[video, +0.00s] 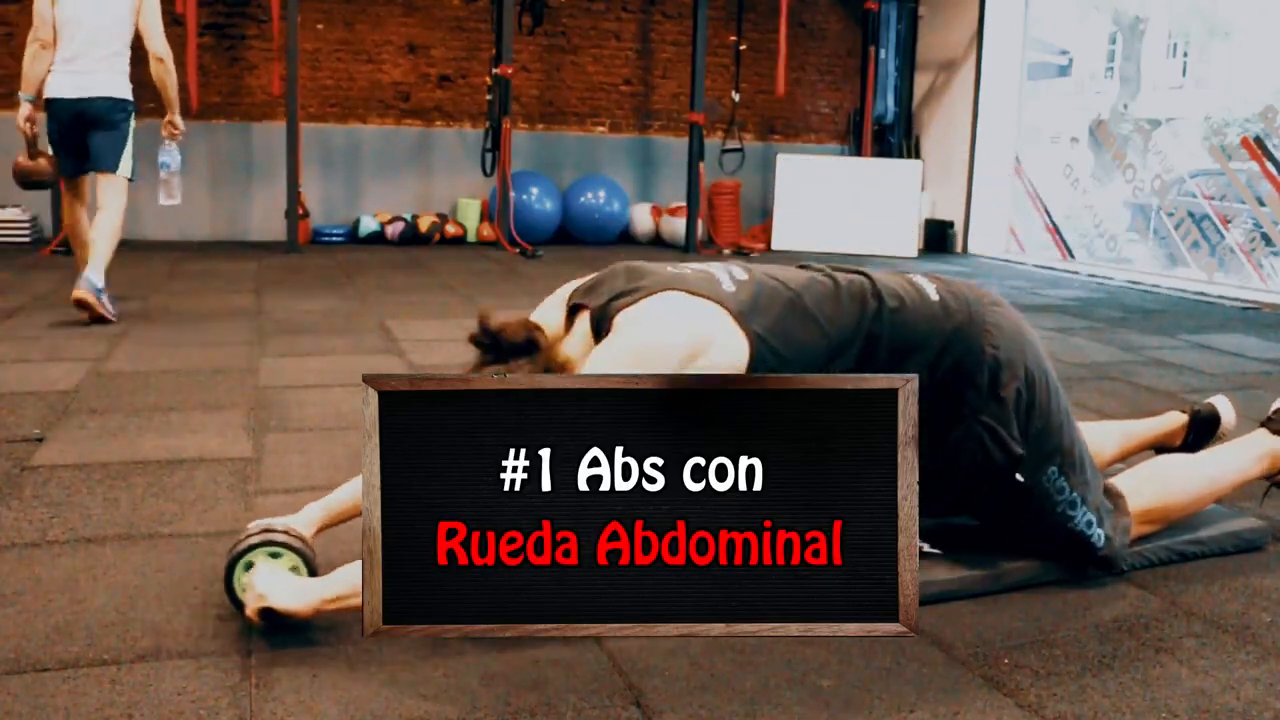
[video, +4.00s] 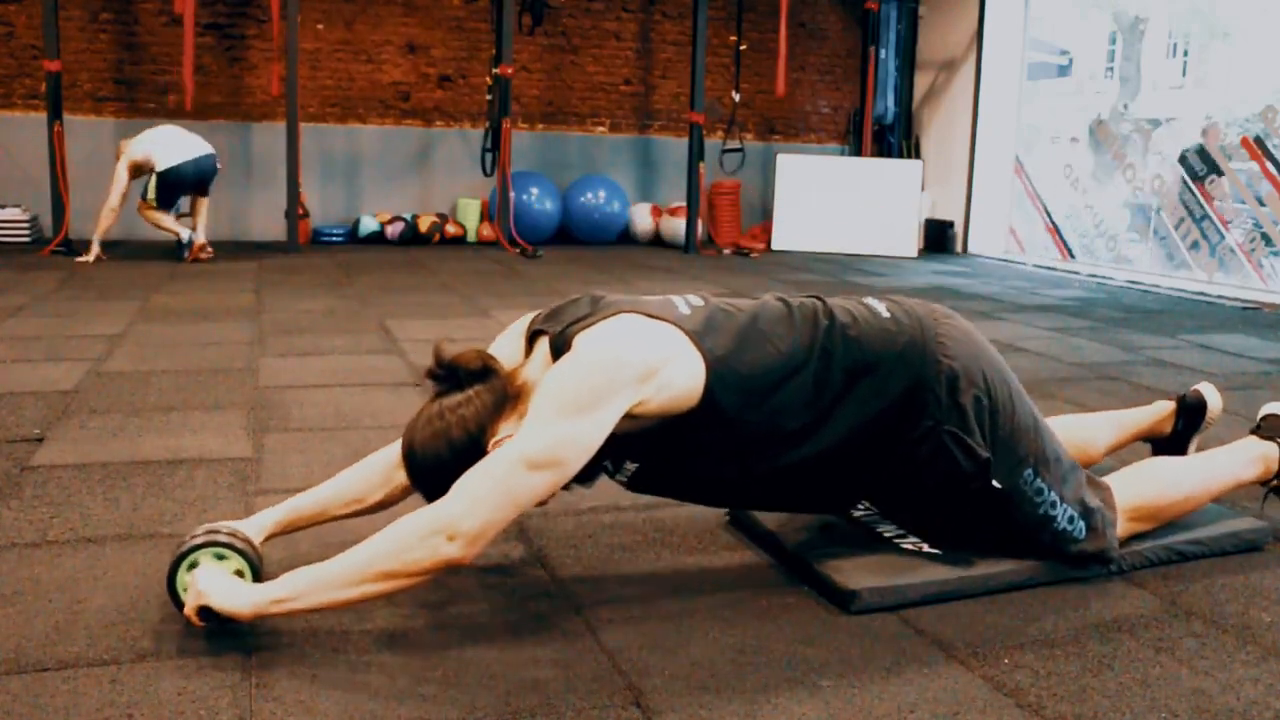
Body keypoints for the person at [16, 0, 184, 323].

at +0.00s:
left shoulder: (50, 1)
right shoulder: (141, 2)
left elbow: (41, 41)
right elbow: (158, 53)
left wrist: (26, 99)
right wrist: (173, 111)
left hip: (61, 98)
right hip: (112, 97)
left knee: (74, 198)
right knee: (111, 201)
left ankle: (94, 289)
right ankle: (90, 281)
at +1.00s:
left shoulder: (105, 17)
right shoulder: (172, 23)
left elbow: (94, 68)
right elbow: (187, 76)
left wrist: (81, 112)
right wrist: (197, 116)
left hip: (110, 111)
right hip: (149, 110)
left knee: (120, 186)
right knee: (140, 189)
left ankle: (135, 247)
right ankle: (121, 261)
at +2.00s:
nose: (228, 56)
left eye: (229, 53)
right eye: (229, 53)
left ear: (206, 42)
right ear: (226, 48)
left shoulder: (178, 53)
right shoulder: (223, 58)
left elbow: (162, 95)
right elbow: (225, 92)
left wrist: (156, 139)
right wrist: (233, 128)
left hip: (162, 119)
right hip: (193, 120)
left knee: (167, 176)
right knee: (205, 182)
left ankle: (169, 237)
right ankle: (195, 242)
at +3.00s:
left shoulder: (177, 87)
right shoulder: (218, 91)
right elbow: (219, 118)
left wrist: (173, 190)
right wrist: (224, 155)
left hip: (156, 117)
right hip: (190, 117)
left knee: (167, 176)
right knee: (202, 179)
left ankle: (175, 235)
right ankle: (198, 239)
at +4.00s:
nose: (130, 172)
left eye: (123, 162)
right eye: (124, 164)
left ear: (124, 153)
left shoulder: (128, 154)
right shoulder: (169, 133)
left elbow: (113, 205)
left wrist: (96, 240)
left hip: (173, 168)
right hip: (208, 160)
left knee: (146, 209)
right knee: (201, 195)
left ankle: (185, 236)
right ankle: (200, 239)